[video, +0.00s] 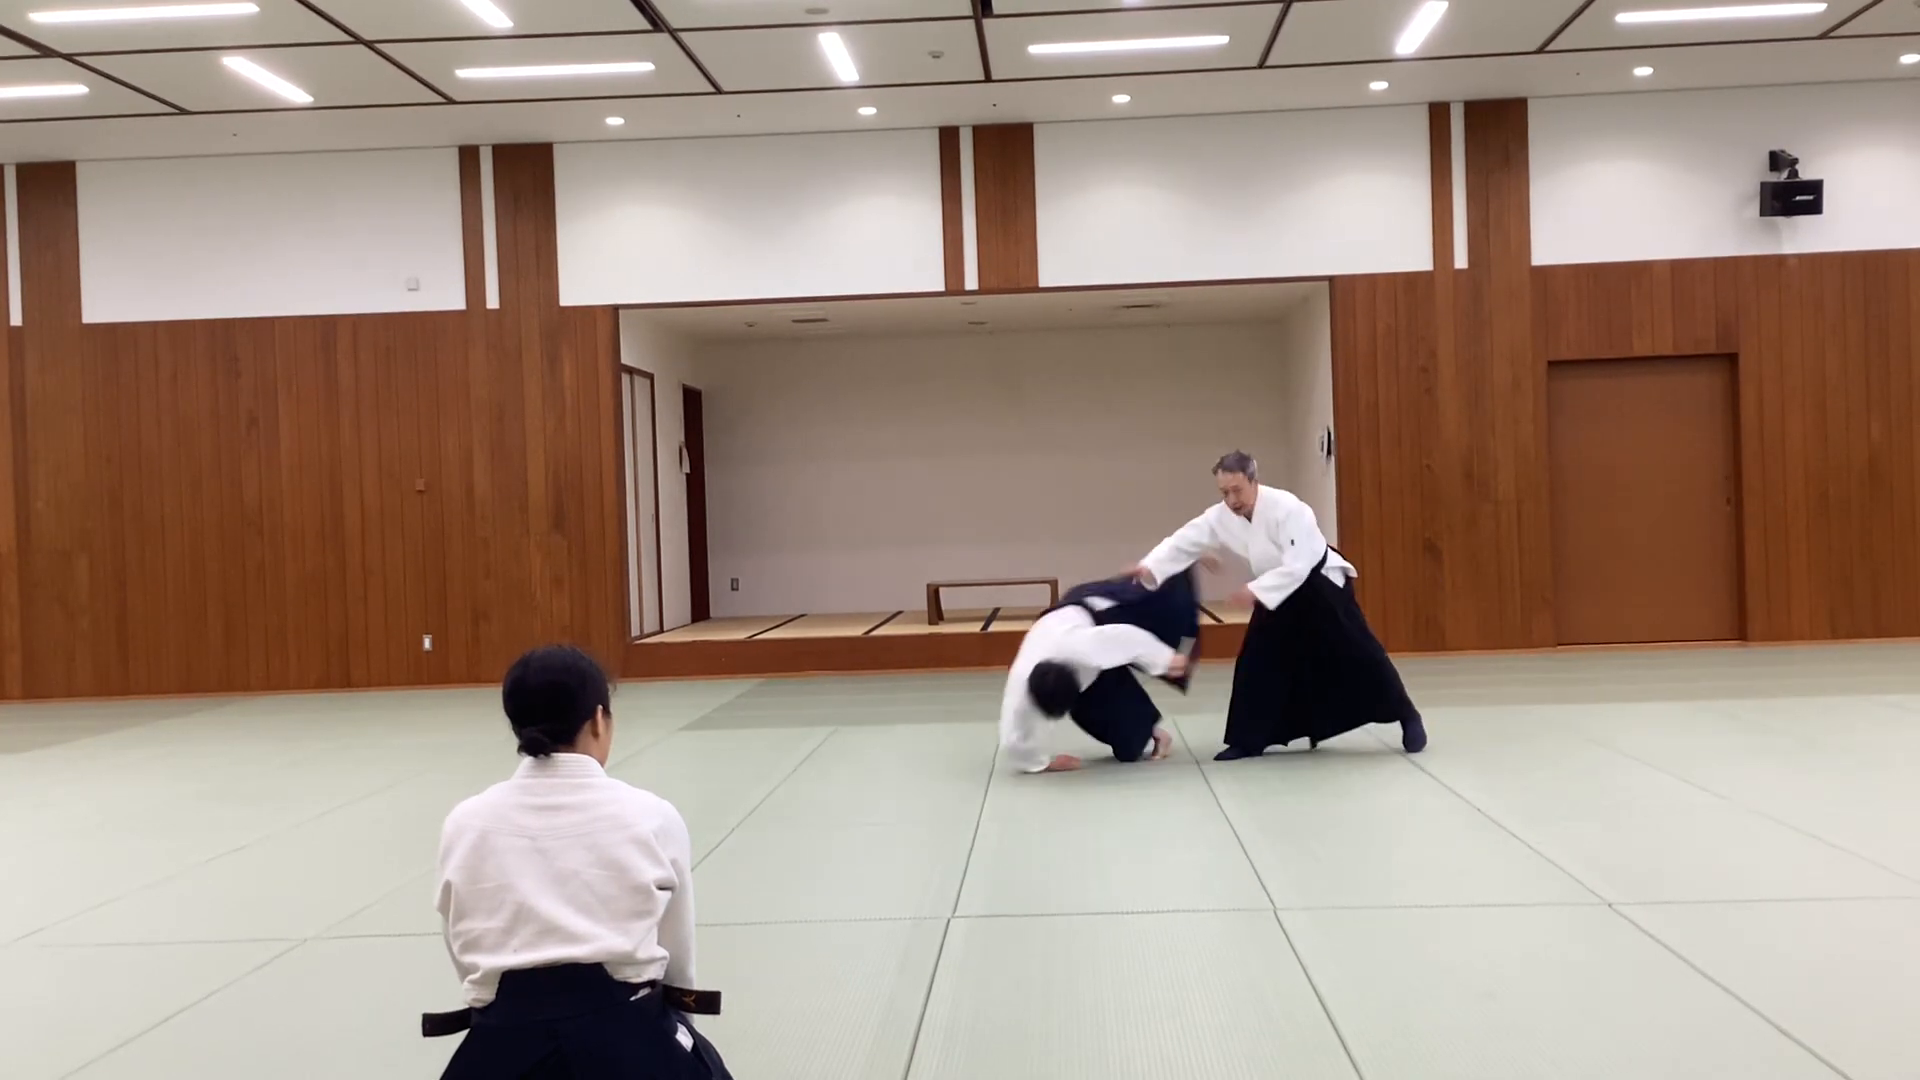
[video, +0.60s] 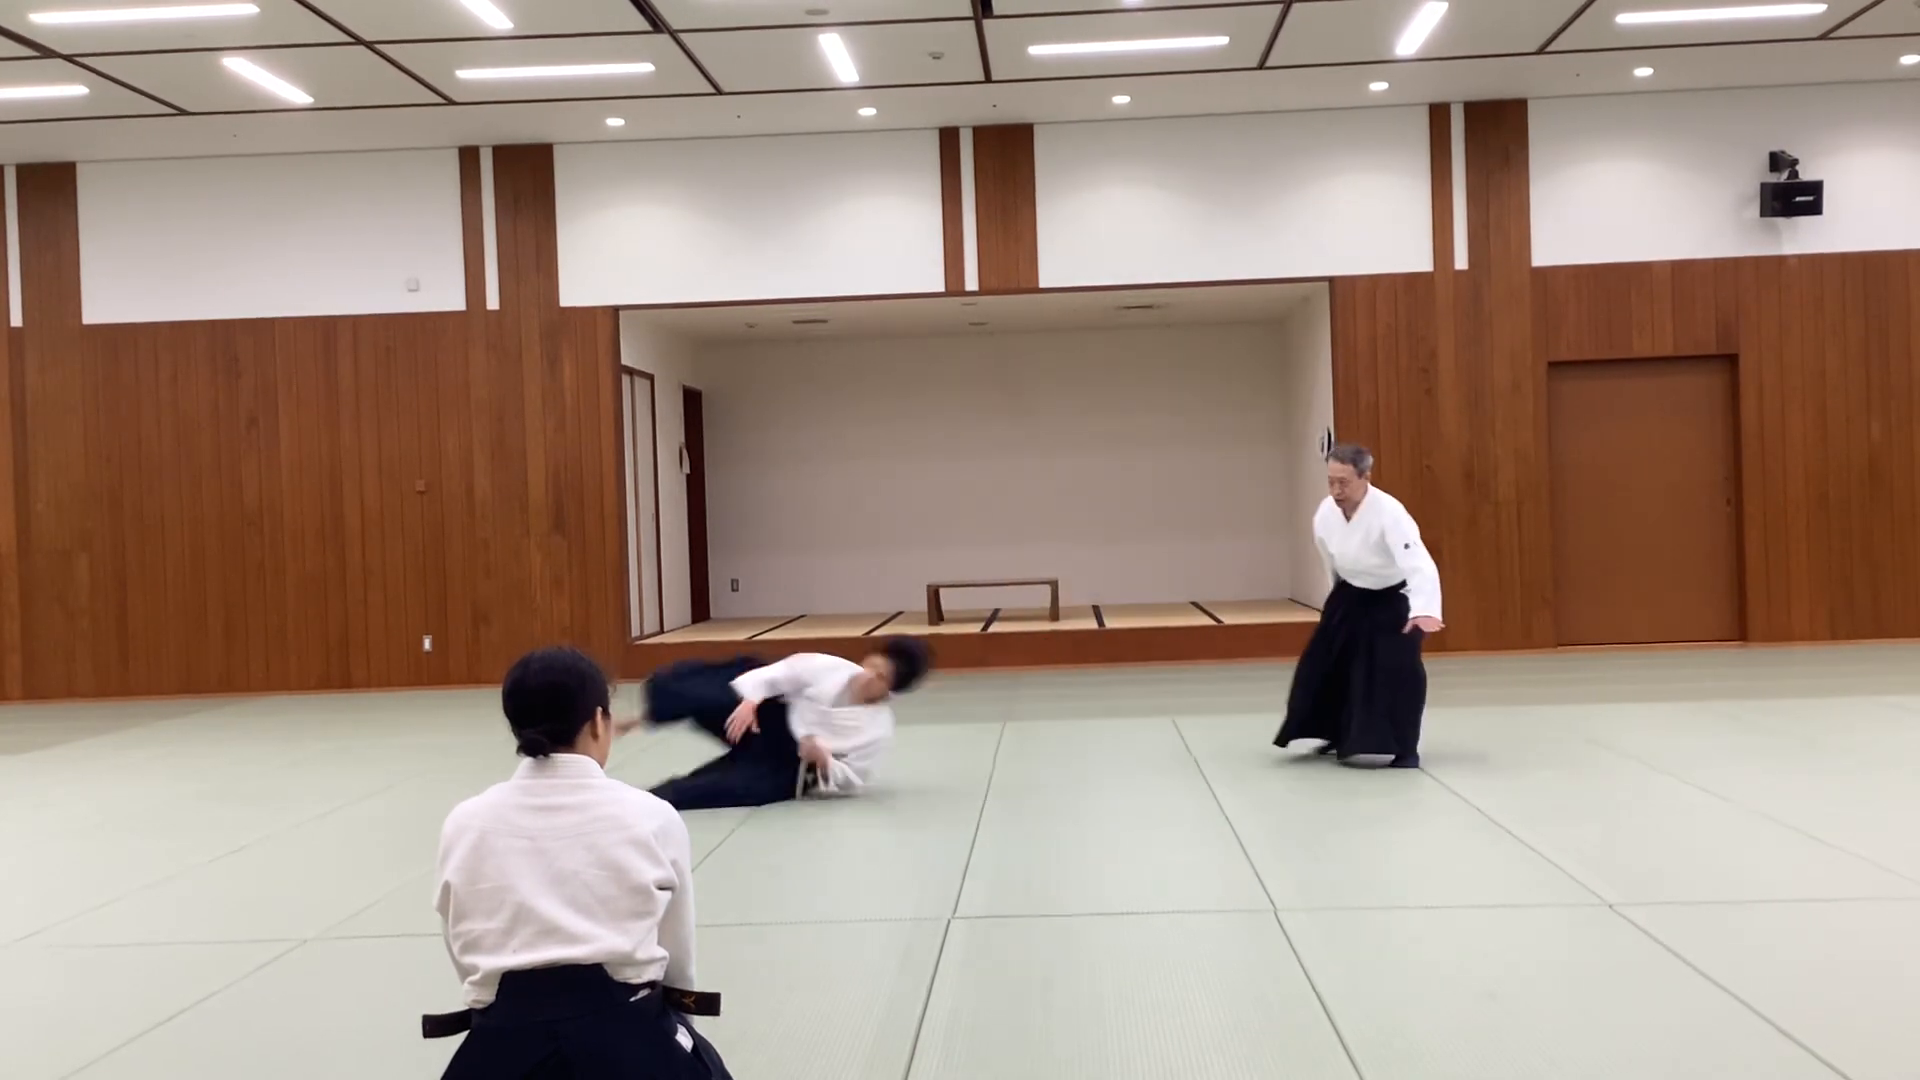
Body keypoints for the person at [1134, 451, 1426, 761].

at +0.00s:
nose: (1230, 498)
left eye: (1235, 490)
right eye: (1224, 491)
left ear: (1253, 481)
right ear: (1219, 488)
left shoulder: (1286, 508)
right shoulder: (1220, 518)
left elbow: (1305, 558)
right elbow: (1182, 542)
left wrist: (1258, 587)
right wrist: (1148, 568)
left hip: (1320, 584)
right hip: (1274, 591)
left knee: (1360, 650)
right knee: (1254, 663)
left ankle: (1408, 718)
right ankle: (1247, 740)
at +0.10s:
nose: (1246, 488)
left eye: (1251, 479)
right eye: (1237, 483)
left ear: (1264, 474)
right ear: (1228, 484)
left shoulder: (1293, 502)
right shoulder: (1226, 512)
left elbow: (1315, 558)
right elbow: (1191, 533)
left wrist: (1291, 598)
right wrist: (1157, 547)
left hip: (1321, 580)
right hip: (1274, 586)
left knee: (1359, 655)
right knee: (1254, 663)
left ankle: (1404, 724)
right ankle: (1247, 741)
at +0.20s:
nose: (1266, 485)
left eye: (1271, 476)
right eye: (1258, 479)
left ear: (1282, 471)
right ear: (1246, 481)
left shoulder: (1309, 501)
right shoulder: (1239, 509)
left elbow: (1345, 555)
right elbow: (1201, 532)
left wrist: (1330, 596)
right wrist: (1168, 554)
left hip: (1328, 585)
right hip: (1279, 590)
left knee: (1362, 659)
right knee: (1255, 663)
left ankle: (1401, 735)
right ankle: (1247, 743)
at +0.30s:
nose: (1297, 484)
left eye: (1302, 476)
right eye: (1289, 478)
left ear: (1311, 474)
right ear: (1276, 480)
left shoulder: (1335, 506)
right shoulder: (1263, 511)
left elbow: (1371, 557)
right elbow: (1223, 541)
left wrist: (1361, 595)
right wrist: (1190, 572)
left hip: (1341, 594)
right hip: (1293, 595)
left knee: (1365, 665)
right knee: (1263, 663)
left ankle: (1404, 744)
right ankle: (1249, 743)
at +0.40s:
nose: (1319, 489)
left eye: (1325, 481)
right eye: (1311, 482)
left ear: (1340, 475)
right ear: (1303, 481)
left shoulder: (1361, 512)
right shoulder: (1293, 513)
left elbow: (1393, 564)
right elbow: (1265, 554)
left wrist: (1385, 602)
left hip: (1361, 599)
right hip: (1315, 597)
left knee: (1380, 668)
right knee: (1279, 660)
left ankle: (1404, 747)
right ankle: (1249, 741)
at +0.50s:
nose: (1327, 490)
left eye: (1335, 482)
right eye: (1322, 482)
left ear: (1355, 479)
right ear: (1317, 480)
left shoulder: (1378, 513)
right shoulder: (1313, 512)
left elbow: (1408, 565)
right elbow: (1310, 565)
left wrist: (1407, 609)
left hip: (1377, 599)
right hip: (1334, 596)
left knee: (1396, 669)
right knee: (1296, 658)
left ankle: (1405, 749)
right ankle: (1274, 737)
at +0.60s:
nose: (1336, 490)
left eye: (1344, 482)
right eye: (1331, 482)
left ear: (1365, 479)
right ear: (1327, 479)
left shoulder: (1389, 512)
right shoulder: (1325, 513)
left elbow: (1419, 562)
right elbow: (1332, 565)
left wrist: (1425, 608)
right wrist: (1338, 600)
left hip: (1391, 600)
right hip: (1350, 598)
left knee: (1397, 669)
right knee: (1328, 661)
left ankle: (1403, 749)